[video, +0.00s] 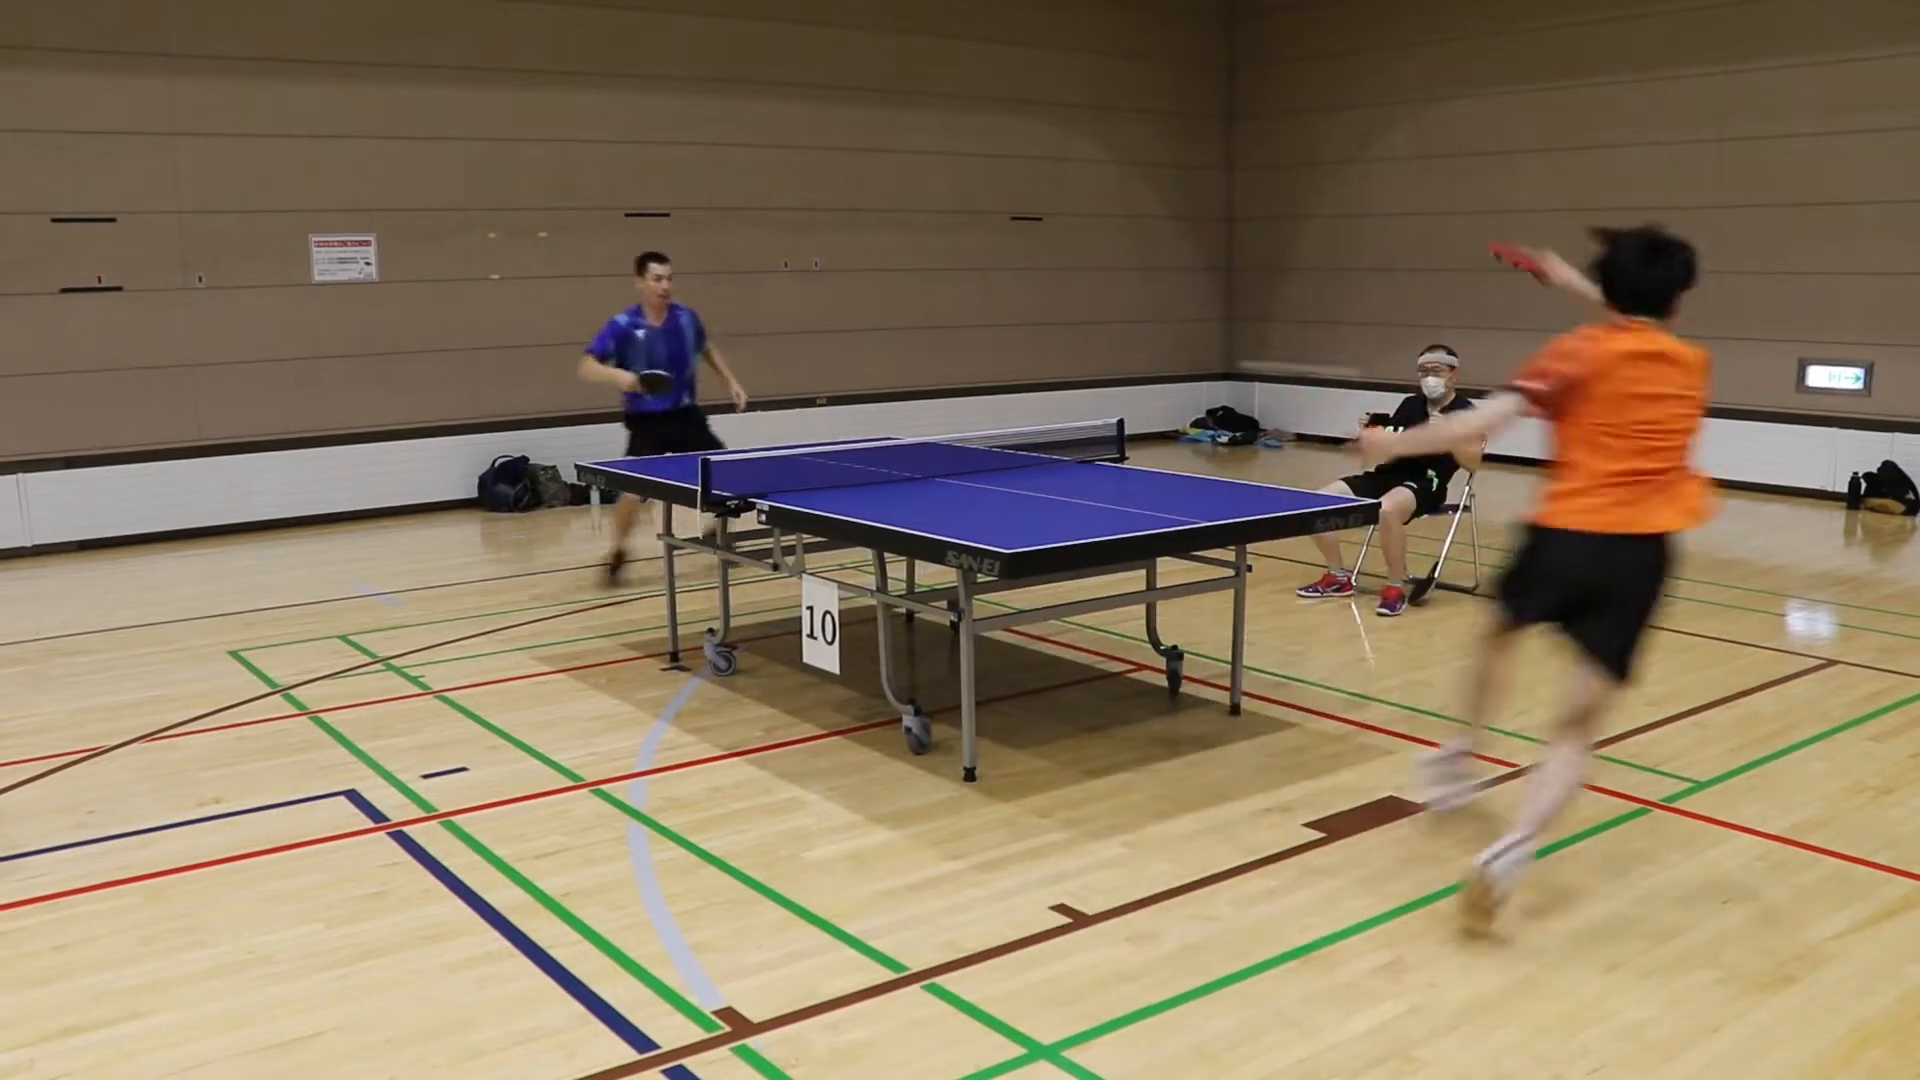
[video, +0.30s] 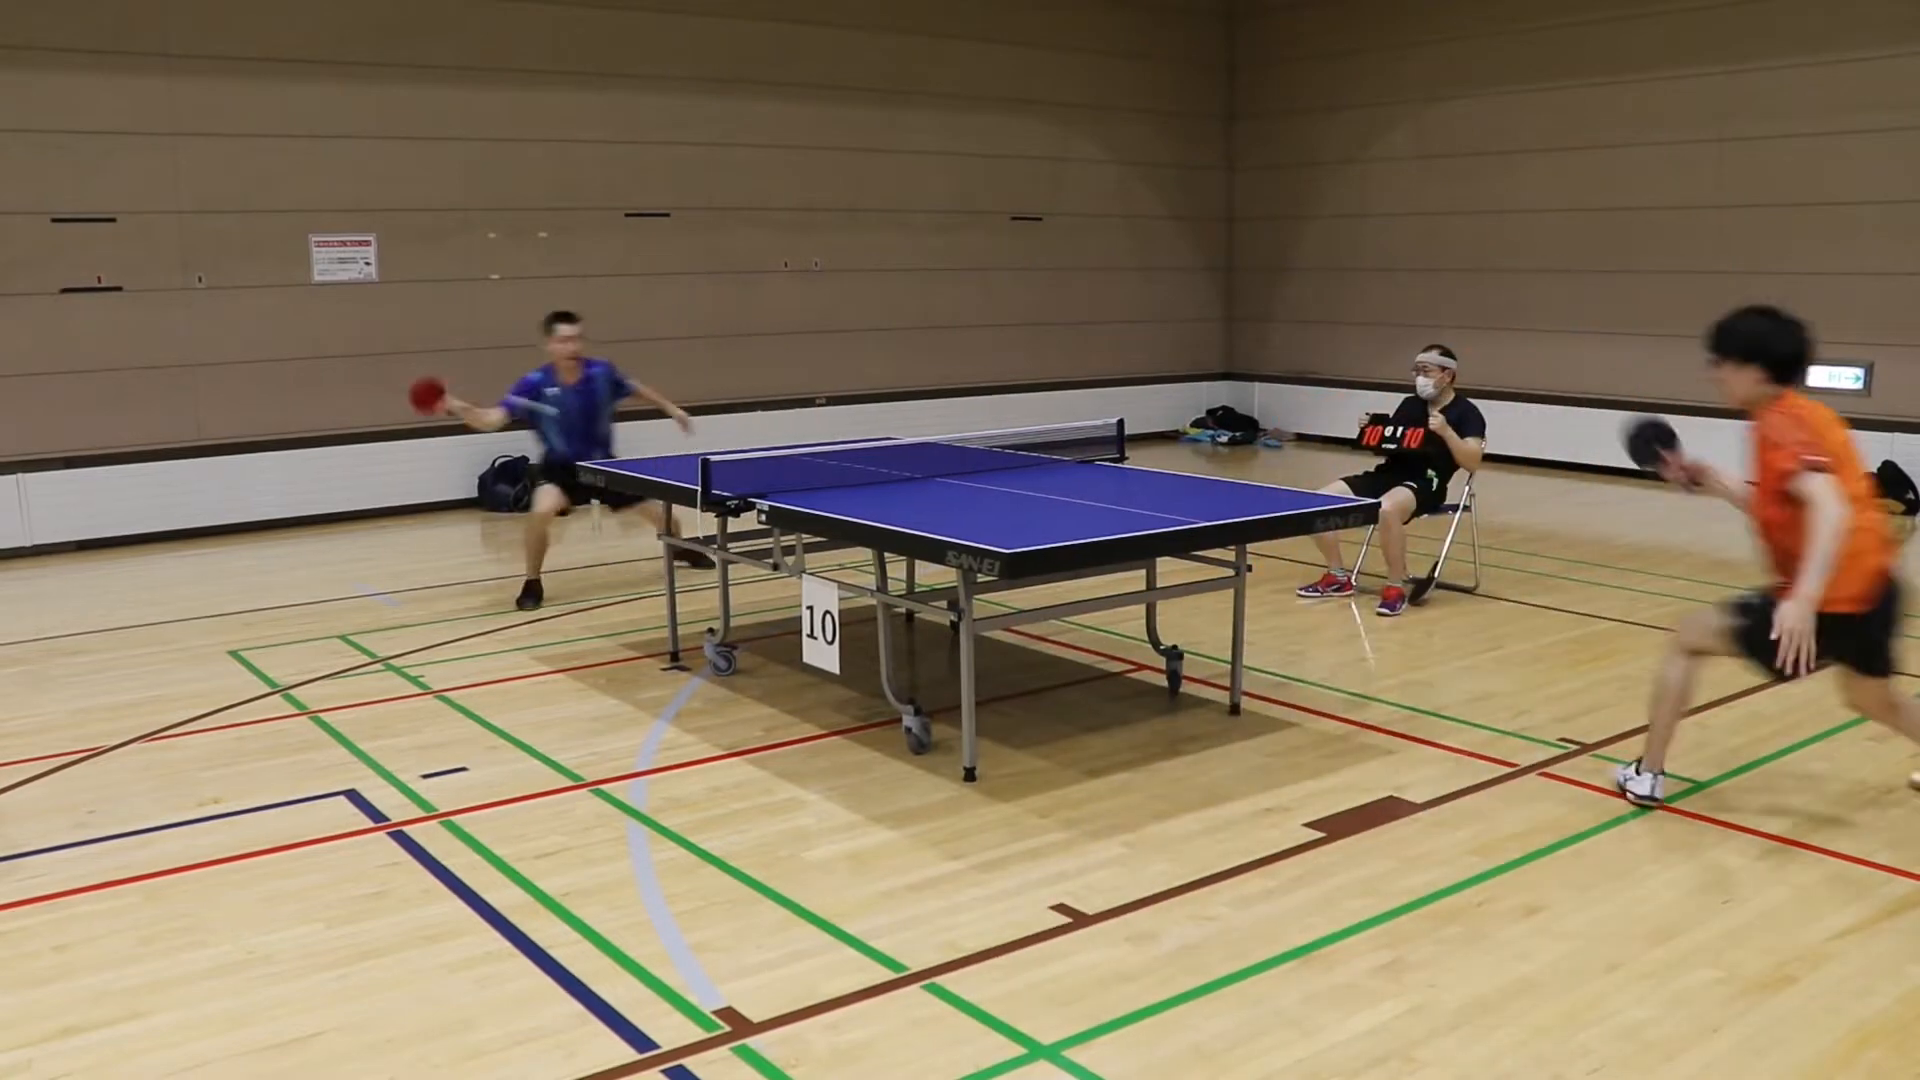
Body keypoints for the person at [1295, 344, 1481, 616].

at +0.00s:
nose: (1429, 376)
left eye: (1437, 370)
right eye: (1424, 370)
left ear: (1454, 376)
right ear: (1418, 375)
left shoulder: (1466, 412)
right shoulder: (1410, 404)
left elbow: (1473, 462)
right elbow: (1389, 443)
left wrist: (1450, 436)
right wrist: (1374, 434)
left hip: (1427, 482)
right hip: (1390, 475)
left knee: (1389, 509)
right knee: (1320, 502)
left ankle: (1395, 587)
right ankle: (1338, 575)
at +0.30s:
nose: (1420, 377)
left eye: (1426, 371)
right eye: (1417, 371)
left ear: (1447, 376)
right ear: (1413, 373)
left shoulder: (1466, 413)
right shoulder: (1411, 404)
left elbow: (1472, 463)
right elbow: (1393, 441)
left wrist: (1447, 433)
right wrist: (1373, 426)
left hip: (1427, 481)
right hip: (1391, 473)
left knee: (1389, 509)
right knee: (1319, 502)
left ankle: (1395, 587)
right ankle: (1337, 576)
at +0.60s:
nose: (1421, 376)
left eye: (1428, 370)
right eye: (1418, 370)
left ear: (1448, 376)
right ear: (1414, 373)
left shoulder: (1466, 413)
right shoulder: (1411, 404)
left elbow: (1472, 463)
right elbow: (1394, 439)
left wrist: (1447, 433)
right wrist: (1373, 426)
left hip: (1427, 481)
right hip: (1391, 473)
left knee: (1389, 509)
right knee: (1319, 502)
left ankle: (1395, 587)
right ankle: (1337, 576)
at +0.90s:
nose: (1433, 375)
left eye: (1441, 369)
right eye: (1427, 369)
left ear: (1455, 375)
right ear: (1419, 375)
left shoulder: (1467, 413)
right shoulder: (1411, 404)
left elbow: (1472, 463)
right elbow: (1396, 435)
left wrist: (1447, 433)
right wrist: (1374, 425)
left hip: (1427, 481)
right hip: (1391, 473)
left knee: (1389, 509)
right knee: (1318, 503)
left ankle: (1395, 588)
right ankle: (1337, 575)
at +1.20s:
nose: (1437, 376)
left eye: (1445, 370)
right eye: (1430, 370)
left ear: (1457, 376)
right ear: (1422, 375)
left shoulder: (1467, 414)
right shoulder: (1411, 405)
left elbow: (1472, 463)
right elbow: (1393, 439)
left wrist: (1447, 433)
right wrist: (1373, 427)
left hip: (1427, 482)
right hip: (1390, 474)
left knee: (1388, 510)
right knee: (1318, 503)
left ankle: (1395, 588)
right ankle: (1337, 576)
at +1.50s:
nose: (1425, 374)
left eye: (1433, 369)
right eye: (1421, 369)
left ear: (1452, 375)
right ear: (1416, 373)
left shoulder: (1467, 413)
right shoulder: (1411, 404)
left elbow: (1472, 462)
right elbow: (1394, 438)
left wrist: (1447, 433)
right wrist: (1373, 425)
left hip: (1426, 482)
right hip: (1390, 473)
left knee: (1388, 510)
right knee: (1319, 502)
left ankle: (1395, 587)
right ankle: (1337, 576)